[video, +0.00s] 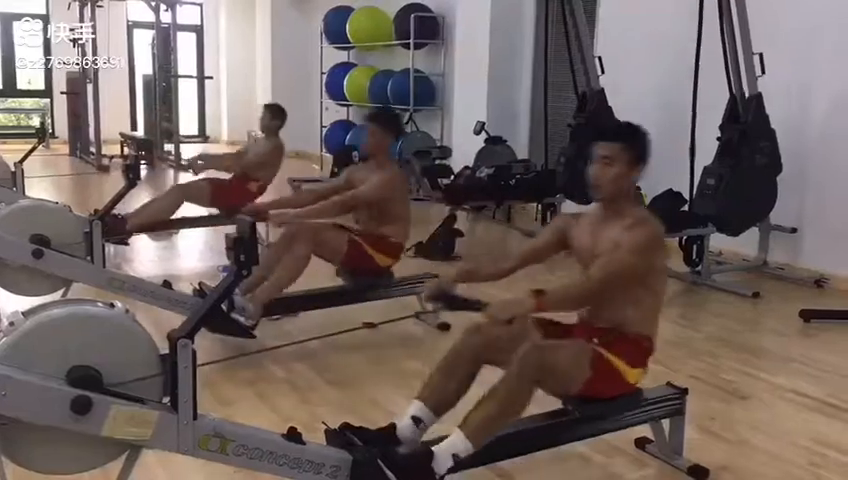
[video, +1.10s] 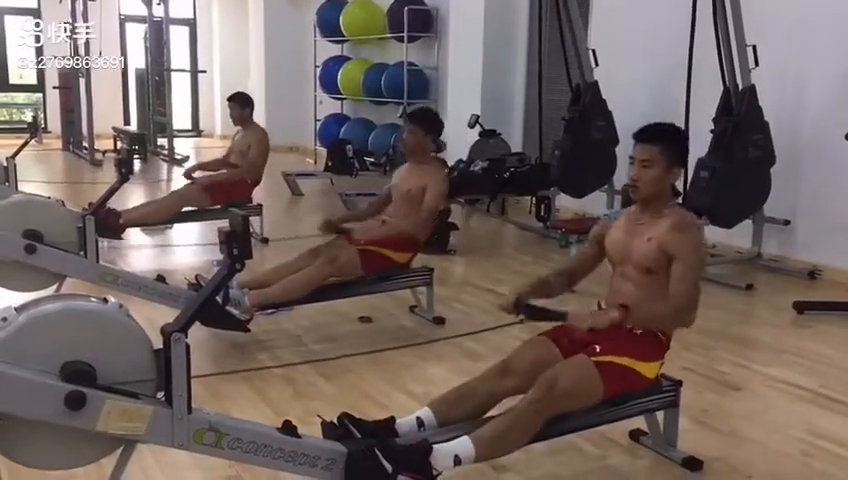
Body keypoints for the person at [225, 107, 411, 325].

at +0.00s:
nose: (364, 137)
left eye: (371, 133)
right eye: (366, 131)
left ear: (387, 139)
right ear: (374, 136)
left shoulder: (389, 178)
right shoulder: (359, 171)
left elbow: (342, 205)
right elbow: (314, 195)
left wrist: (288, 217)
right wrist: (266, 207)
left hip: (380, 252)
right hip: (361, 240)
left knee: (307, 236)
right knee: (293, 229)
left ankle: (255, 304)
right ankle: (243, 291)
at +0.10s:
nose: (393, 141)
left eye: (400, 136)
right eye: (394, 135)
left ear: (416, 142)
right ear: (396, 138)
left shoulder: (416, 180)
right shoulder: (388, 172)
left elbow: (373, 205)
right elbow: (350, 192)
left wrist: (323, 215)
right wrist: (305, 199)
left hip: (392, 253)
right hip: (371, 239)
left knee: (322, 248)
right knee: (306, 242)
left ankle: (255, 307)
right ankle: (240, 290)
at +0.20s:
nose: (417, 151)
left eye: (424, 147)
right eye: (418, 145)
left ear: (442, 152)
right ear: (418, 146)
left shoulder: (443, 189)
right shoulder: (411, 178)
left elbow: (404, 213)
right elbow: (371, 196)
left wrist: (359, 215)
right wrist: (330, 199)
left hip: (403, 251)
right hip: (384, 238)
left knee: (328, 257)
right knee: (315, 251)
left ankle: (251, 307)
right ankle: (235, 288)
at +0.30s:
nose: (433, 163)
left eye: (441, 158)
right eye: (433, 156)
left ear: (458, 163)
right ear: (431, 157)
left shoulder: (457, 198)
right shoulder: (423, 184)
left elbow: (441, 226)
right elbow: (396, 206)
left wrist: (380, 214)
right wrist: (364, 207)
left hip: (403, 249)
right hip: (384, 234)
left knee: (329, 265)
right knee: (316, 254)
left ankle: (251, 305)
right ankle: (235, 287)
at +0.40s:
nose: (434, 166)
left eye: (439, 161)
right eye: (435, 160)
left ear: (457, 166)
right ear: (442, 162)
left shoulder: (463, 203)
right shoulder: (431, 189)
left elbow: (463, 246)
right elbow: (412, 220)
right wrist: (393, 210)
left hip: (401, 251)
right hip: (384, 236)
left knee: (328, 262)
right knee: (315, 252)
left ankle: (250, 303)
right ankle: (239, 287)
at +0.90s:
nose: (420, 149)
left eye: (426, 144)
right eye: (420, 143)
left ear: (443, 149)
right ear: (426, 146)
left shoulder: (450, 186)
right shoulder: (418, 176)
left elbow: (454, 232)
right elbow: (406, 212)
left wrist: (416, 219)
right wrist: (385, 217)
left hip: (402, 247)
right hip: (383, 234)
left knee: (326, 261)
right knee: (314, 250)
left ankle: (248, 305)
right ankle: (235, 286)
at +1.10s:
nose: (403, 138)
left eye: (410, 133)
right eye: (404, 132)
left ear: (428, 139)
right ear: (412, 135)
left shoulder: (437, 176)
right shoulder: (406, 169)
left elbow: (423, 228)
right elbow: (379, 207)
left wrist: (382, 225)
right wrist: (342, 221)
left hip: (399, 245)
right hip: (375, 236)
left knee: (329, 264)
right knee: (315, 253)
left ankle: (248, 303)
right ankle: (233, 286)